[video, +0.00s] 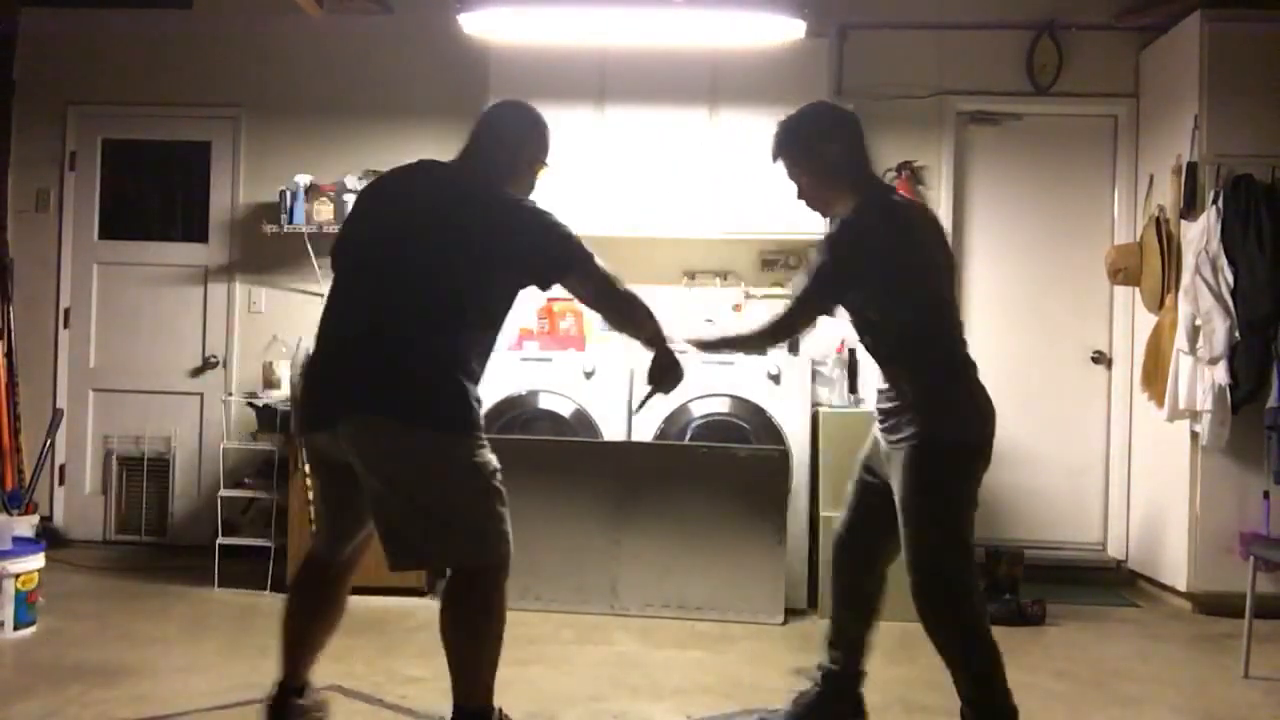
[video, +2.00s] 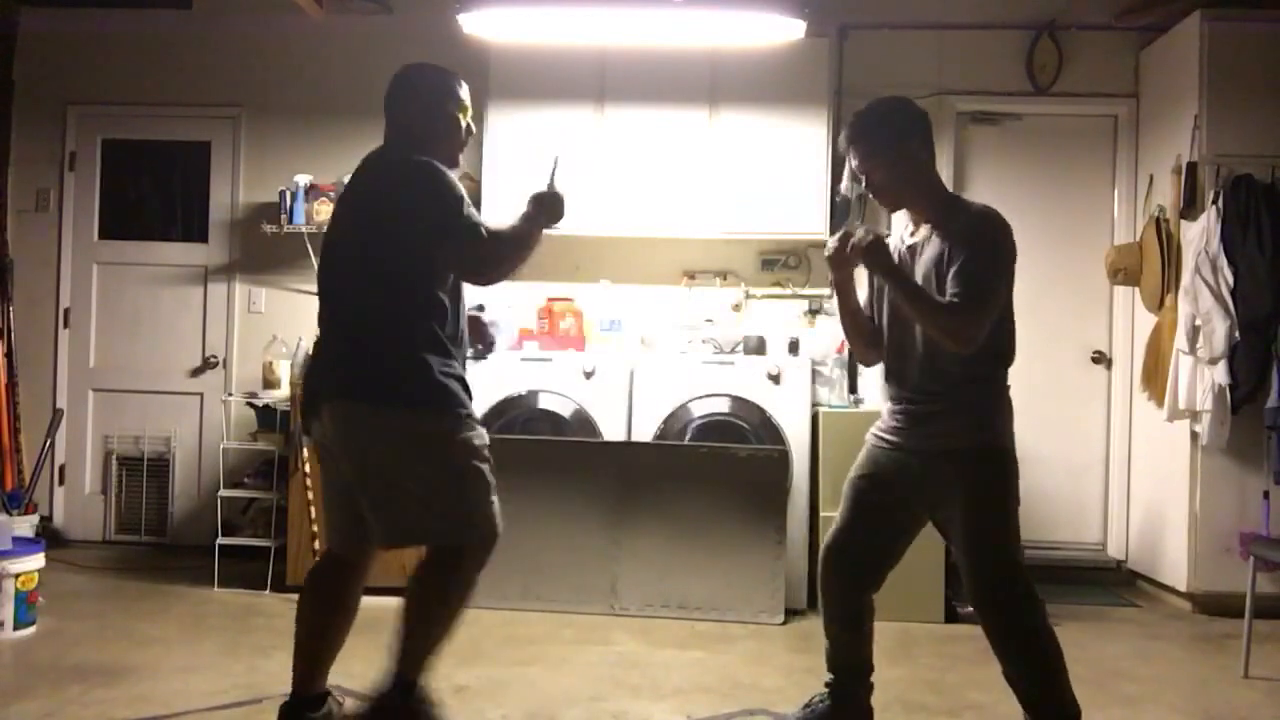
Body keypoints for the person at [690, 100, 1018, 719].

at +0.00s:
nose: (796, 190)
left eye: (797, 174)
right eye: (791, 177)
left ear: (833, 157)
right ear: (844, 156)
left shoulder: (856, 233)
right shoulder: (910, 215)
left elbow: (780, 330)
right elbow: (941, 309)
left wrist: (697, 343)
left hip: (939, 427)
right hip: (901, 421)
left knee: (942, 595)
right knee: (856, 553)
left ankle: (992, 714)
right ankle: (838, 692)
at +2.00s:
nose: (857, 178)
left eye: (864, 161)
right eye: (853, 165)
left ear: (909, 153)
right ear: (891, 162)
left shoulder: (982, 229)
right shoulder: (892, 246)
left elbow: (964, 334)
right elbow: (869, 350)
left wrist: (885, 269)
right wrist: (842, 283)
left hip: (971, 445)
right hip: (899, 438)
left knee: (1001, 601)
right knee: (843, 566)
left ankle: (1058, 716)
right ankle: (847, 699)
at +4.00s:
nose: (851, 187)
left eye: (858, 171)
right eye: (848, 173)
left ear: (896, 165)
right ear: (912, 166)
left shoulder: (904, 247)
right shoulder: (962, 228)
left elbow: (838, 327)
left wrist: (790, 358)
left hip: (1004, 434)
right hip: (962, 428)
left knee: (1017, 600)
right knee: (924, 560)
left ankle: (1076, 715)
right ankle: (915, 697)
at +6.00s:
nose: (888, 185)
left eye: (898, 169)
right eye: (886, 172)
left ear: (939, 164)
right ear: (932, 171)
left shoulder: (975, 235)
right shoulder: (950, 236)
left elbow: (960, 347)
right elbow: (958, 334)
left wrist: (872, 337)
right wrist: (906, 314)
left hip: (998, 443)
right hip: (945, 438)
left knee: (1026, 598)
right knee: (887, 559)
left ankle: (1097, 715)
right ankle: (889, 695)